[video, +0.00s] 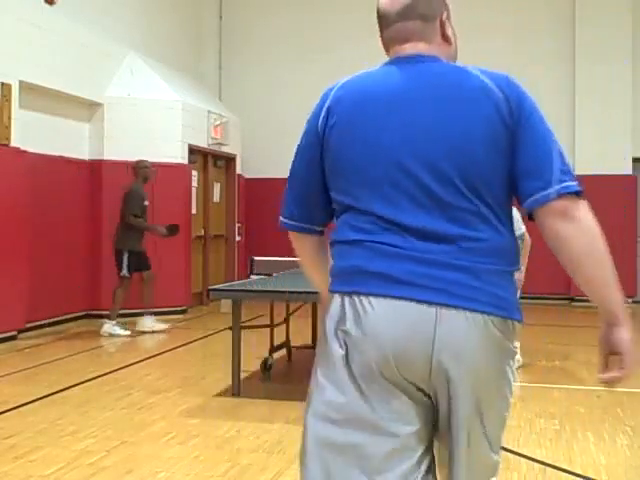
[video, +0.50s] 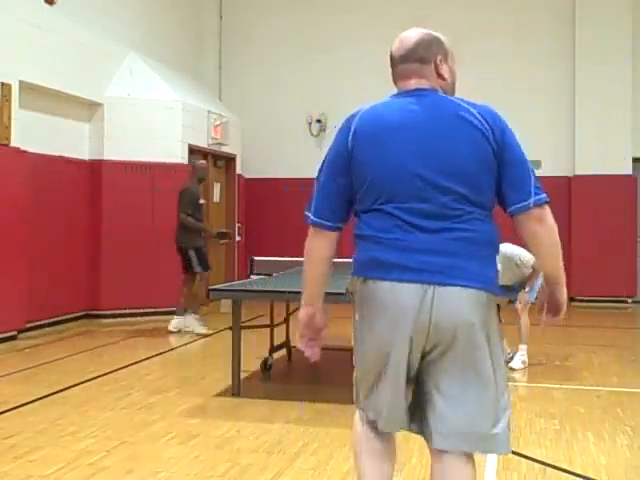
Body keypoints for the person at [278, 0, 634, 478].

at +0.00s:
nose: (455, 35)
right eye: (453, 25)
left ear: (385, 43)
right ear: (446, 27)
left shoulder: (340, 98)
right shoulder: (501, 94)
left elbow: (303, 224)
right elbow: (562, 209)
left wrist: (337, 300)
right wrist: (616, 316)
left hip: (367, 316)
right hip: (477, 323)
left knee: (363, 469)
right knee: (471, 470)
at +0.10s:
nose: (455, 55)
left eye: (451, 46)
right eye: (453, 46)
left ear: (384, 55)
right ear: (444, 45)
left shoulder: (343, 112)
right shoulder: (496, 108)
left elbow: (312, 226)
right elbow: (545, 215)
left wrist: (357, 283)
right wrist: (585, 321)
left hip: (371, 314)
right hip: (473, 323)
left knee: (367, 468)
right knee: (461, 469)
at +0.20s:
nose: (460, 66)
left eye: (457, 57)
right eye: (458, 58)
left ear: (391, 67)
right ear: (447, 59)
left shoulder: (351, 124)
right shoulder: (495, 122)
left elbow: (321, 232)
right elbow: (538, 225)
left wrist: (359, 286)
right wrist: (566, 323)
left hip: (377, 318)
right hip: (471, 326)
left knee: (378, 468)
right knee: (462, 469)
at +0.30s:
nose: (463, 70)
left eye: (461, 62)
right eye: (462, 62)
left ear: (397, 66)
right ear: (450, 62)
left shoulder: (354, 123)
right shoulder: (495, 123)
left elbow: (328, 227)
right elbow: (534, 223)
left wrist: (340, 291)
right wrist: (558, 311)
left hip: (386, 315)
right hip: (477, 315)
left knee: (381, 462)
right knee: (472, 460)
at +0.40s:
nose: (462, 71)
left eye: (460, 64)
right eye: (460, 64)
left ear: (397, 68)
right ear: (448, 63)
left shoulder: (357, 121)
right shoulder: (492, 121)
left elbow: (325, 223)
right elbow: (534, 218)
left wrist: (324, 298)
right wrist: (555, 294)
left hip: (386, 303)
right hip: (471, 307)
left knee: (377, 441)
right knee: (460, 448)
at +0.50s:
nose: (455, 76)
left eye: (453, 69)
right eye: (454, 69)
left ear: (394, 74)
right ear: (442, 68)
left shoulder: (359, 125)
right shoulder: (486, 121)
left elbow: (323, 226)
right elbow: (533, 213)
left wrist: (311, 304)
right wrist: (555, 281)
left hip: (384, 293)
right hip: (465, 297)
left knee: (374, 420)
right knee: (454, 443)